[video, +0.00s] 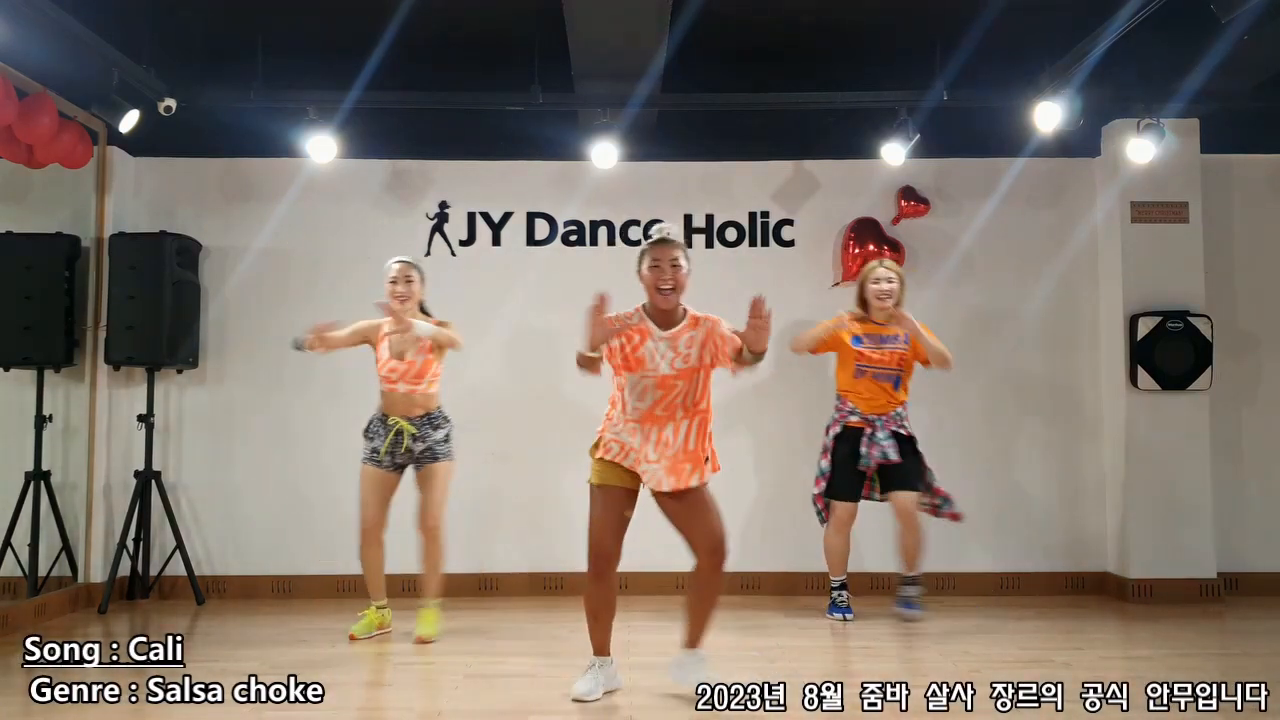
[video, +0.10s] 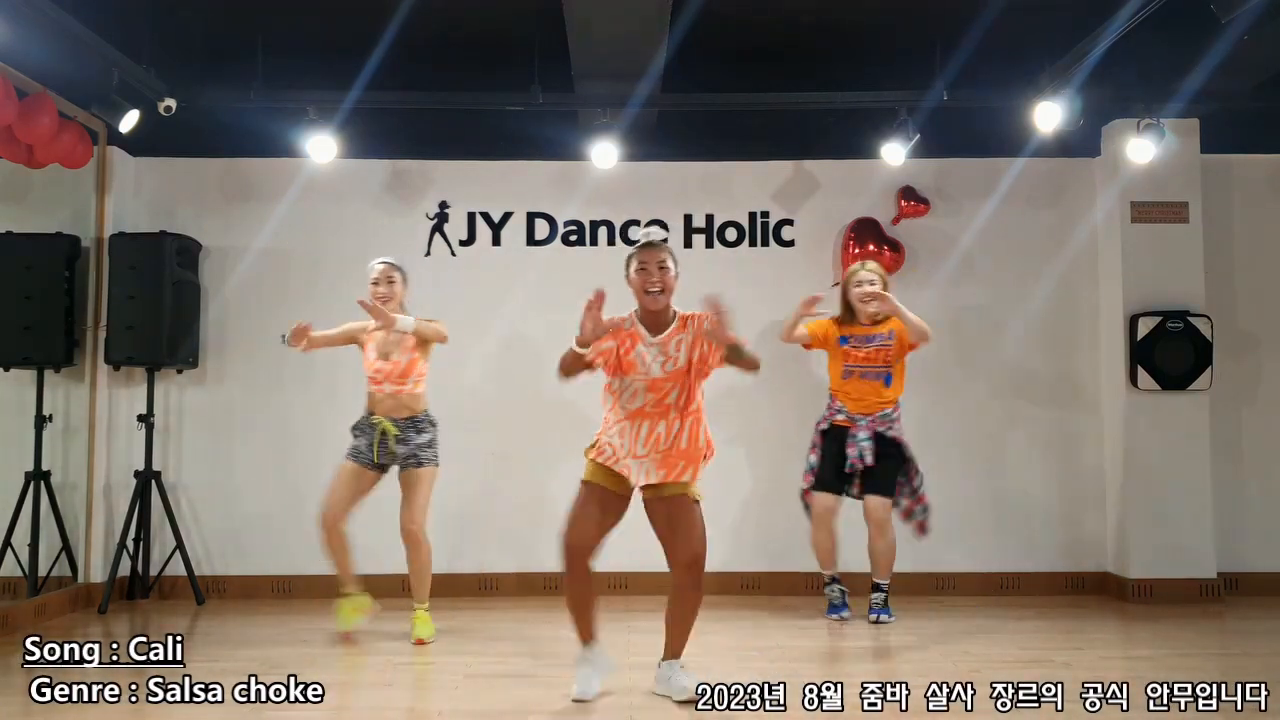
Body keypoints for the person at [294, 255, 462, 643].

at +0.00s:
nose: (400, 288)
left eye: (408, 281)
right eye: (394, 282)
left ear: (422, 289)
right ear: (385, 289)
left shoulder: (435, 328)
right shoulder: (374, 329)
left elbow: (453, 340)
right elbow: (327, 342)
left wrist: (420, 329)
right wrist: (313, 339)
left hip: (431, 432)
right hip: (386, 431)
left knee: (430, 523)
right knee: (369, 526)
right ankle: (378, 610)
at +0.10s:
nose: (382, 289)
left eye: (389, 282)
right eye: (376, 283)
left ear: (405, 290)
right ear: (367, 292)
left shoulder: (420, 328)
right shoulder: (362, 330)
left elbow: (441, 334)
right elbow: (308, 342)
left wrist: (394, 320)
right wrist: (297, 338)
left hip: (417, 432)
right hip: (373, 432)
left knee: (412, 527)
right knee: (330, 517)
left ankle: (421, 611)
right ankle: (353, 596)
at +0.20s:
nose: (360, 292)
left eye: (368, 285)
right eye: (353, 287)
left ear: (385, 291)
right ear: (347, 295)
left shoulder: (402, 336)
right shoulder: (343, 339)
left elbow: (441, 352)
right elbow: (298, 371)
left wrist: (414, 342)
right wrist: (297, 349)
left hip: (400, 437)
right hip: (358, 438)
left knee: (404, 534)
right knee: (301, 519)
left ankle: (420, 612)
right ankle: (294, 601)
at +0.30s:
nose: (334, 301)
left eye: (343, 293)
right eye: (328, 295)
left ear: (361, 299)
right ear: (323, 302)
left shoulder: (380, 343)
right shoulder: (324, 351)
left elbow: (424, 375)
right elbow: (305, 394)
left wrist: (388, 381)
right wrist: (278, 392)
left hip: (380, 445)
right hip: (339, 448)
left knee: (388, 542)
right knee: (285, 530)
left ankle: (419, 614)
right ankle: (282, 614)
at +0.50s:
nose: (290, 279)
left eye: (297, 274)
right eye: (291, 273)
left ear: (318, 282)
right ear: (297, 282)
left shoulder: (338, 316)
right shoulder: (298, 322)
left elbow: (349, 288)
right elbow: (257, 313)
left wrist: (319, 262)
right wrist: (245, 284)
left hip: (362, 418)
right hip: (324, 427)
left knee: (403, 508)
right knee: (294, 517)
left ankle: (447, 589)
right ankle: (279, 607)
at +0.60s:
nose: (287, 273)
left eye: (296, 268)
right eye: (289, 267)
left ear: (320, 277)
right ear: (295, 278)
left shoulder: (332, 311)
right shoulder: (293, 315)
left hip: (363, 418)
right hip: (323, 428)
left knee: (407, 506)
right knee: (297, 520)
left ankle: (451, 590)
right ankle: (279, 607)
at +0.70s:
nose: (295, 285)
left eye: (305, 279)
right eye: (294, 278)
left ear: (330, 288)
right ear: (293, 287)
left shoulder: (339, 324)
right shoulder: (294, 325)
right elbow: (249, 318)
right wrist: (234, 282)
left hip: (362, 424)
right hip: (322, 432)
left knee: (400, 513)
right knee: (288, 521)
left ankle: (445, 593)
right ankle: (280, 609)